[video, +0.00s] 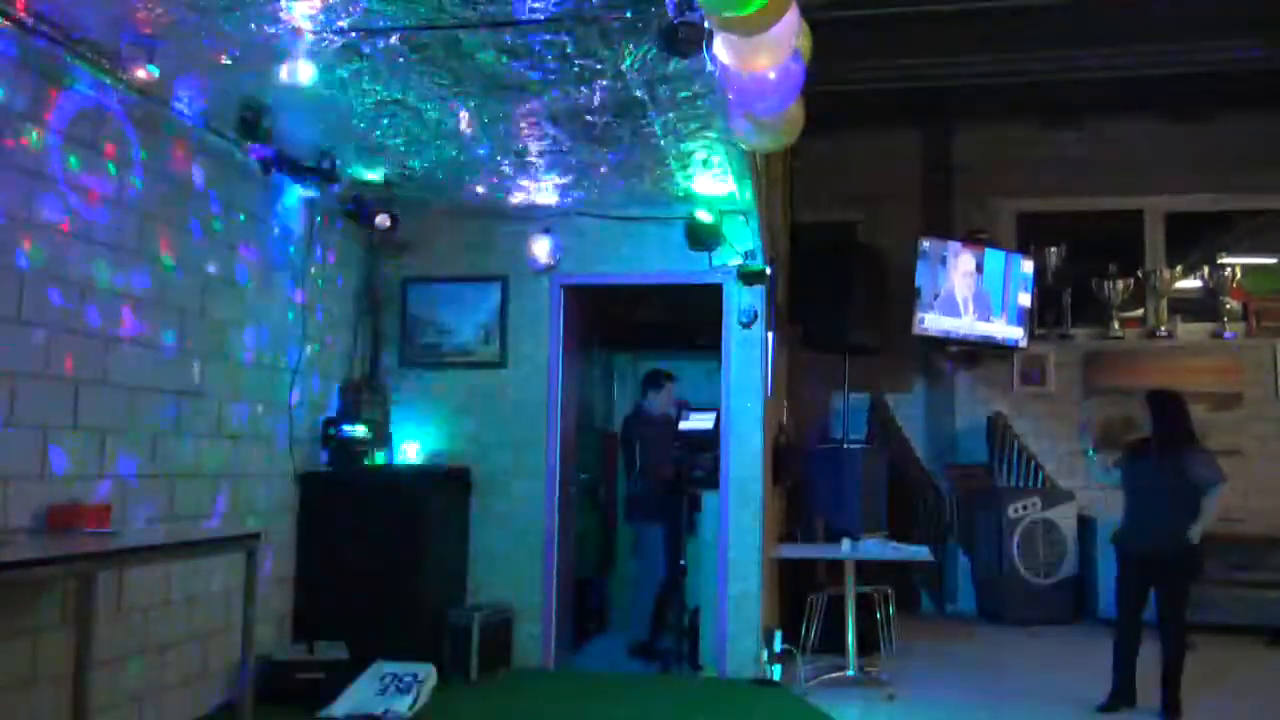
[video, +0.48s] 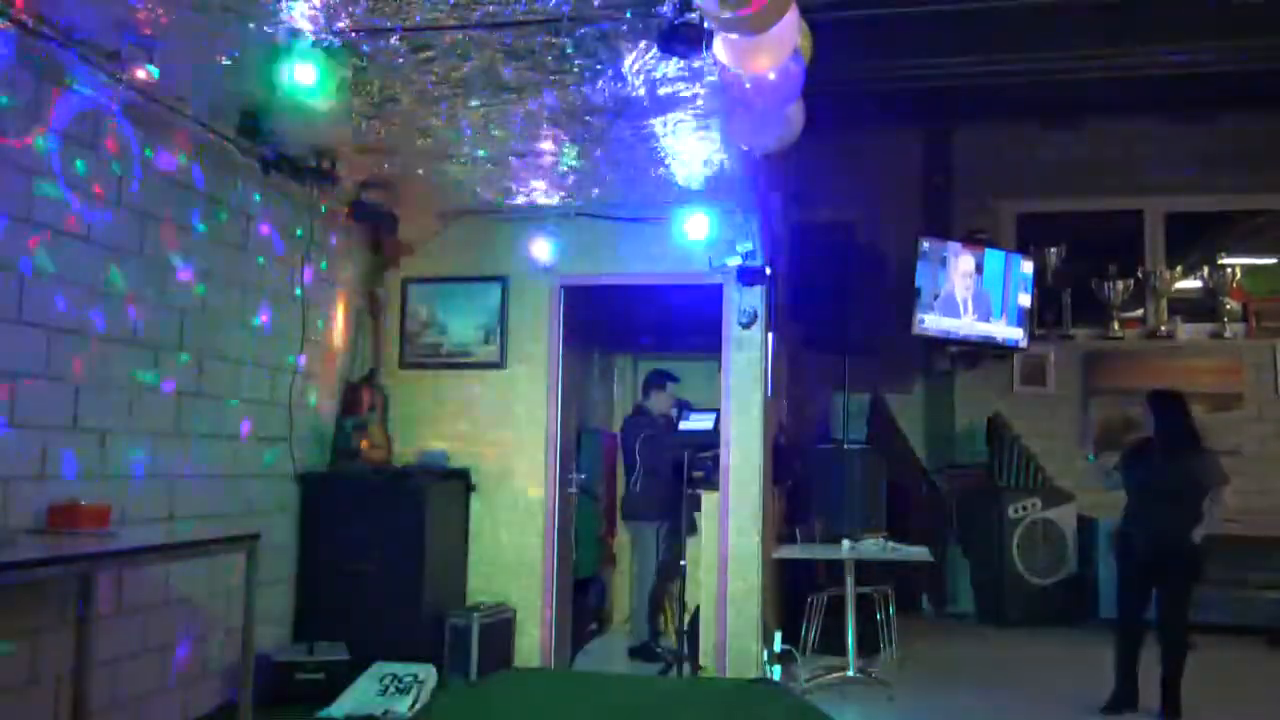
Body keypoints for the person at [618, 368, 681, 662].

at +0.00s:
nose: (673, 399)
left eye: (673, 393)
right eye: (669, 393)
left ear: (655, 393)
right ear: (654, 393)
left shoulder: (666, 424)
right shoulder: (638, 425)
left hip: (669, 509)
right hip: (649, 510)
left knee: (666, 574)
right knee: (654, 574)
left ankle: (657, 638)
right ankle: (643, 640)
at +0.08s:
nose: (673, 399)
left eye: (673, 394)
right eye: (669, 393)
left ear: (656, 393)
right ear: (654, 393)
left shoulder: (666, 424)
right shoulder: (638, 425)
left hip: (669, 509)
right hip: (649, 510)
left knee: (666, 574)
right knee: (653, 574)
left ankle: (657, 639)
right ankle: (643, 640)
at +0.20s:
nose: (672, 400)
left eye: (672, 394)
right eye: (668, 394)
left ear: (653, 394)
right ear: (653, 393)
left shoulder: (656, 424)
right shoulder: (640, 424)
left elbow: (670, 455)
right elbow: (662, 456)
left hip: (657, 509)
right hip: (644, 510)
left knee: (653, 574)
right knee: (648, 575)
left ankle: (647, 637)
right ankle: (640, 641)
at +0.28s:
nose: (672, 401)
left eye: (673, 395)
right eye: (668, 394)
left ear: (656, 395)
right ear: (653, 393)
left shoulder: (660, 425)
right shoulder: (637, 424)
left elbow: (673, 454)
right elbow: (657, 456)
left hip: (661, 509)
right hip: (644, 510)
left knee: (655, 574)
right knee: (647, 574)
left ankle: (648, 637)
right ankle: (640, 641)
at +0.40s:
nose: (672, 401)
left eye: (673, 396)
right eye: (668, 395)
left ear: (655, 395)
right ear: (652, 394)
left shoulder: (657, 426)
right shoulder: (638, 425)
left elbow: (670, 450)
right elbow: (661, 452)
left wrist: (675, 417)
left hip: (658, 509)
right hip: (643, 509)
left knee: (651, 574)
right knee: (645, 575)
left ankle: (646, 637)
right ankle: (640, 642)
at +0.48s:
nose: (672, 401)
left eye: (673, 395)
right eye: (668, 394)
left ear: (656, 395)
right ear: (652, 394)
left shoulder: (660, 426)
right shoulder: (637, 425)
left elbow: (672, 453)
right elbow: (659, 453)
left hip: (662, 509)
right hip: (644, 510)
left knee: (655, 575)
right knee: (645, 575)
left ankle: (648, 636)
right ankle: (640, 641)